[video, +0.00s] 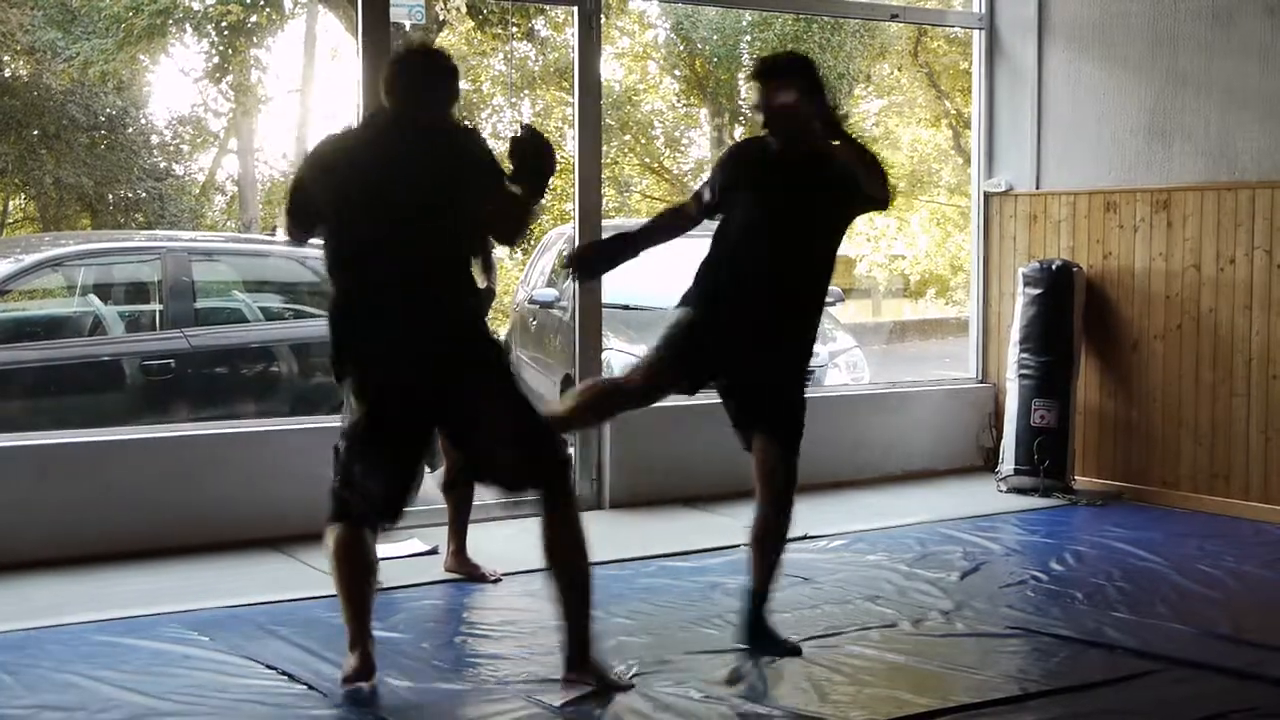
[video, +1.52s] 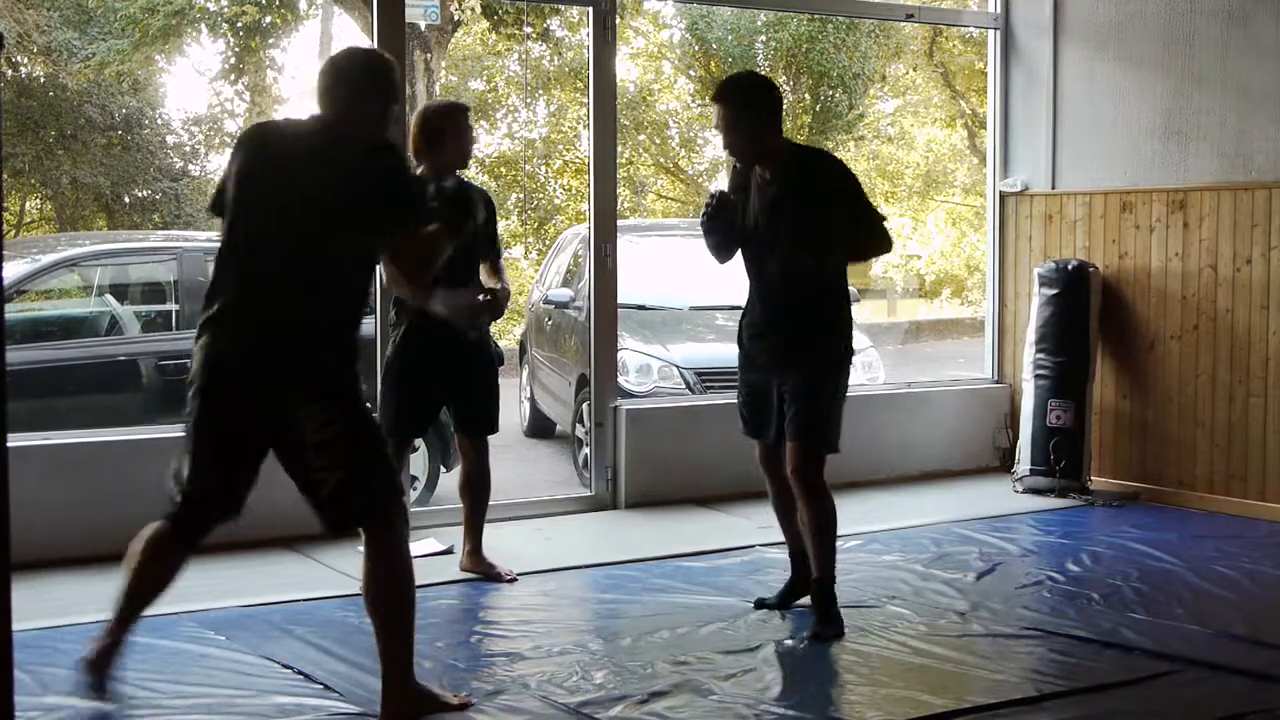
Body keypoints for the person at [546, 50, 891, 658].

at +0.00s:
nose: (774, 118)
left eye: (785, 106)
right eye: (766, 108)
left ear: (813, 104)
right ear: (759, 109)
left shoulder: (843, 171)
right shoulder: (746, 159)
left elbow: (880, 195)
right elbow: (686, 214)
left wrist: (833, 135)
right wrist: (611, 251)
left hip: (780, 341)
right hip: (714, 320)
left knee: (776, 489)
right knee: (637, 387)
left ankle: (756, 620)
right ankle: (537, 427)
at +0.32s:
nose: (840, 119)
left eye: (852, 110)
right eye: (839, 109)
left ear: (889, 113)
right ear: (840, 107)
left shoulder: (913, 193)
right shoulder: (816, 155)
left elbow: (900, 263)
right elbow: (762, 218)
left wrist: (843, 213)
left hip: (810, 340)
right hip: (747, 311)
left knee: (806, 479)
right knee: (668, 383)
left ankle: (790, 620)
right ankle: (562, 471)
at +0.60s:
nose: (803, 129)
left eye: (813, 118)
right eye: (802, 118)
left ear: (851, 117)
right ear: (810, 115)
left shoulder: (889, 192)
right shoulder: (793, 161)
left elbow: (878, 272)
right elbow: (755, 220)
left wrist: (822, 228)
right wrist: (716, 231)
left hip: (812, 340)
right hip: (744, 317)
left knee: (801, 480)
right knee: (673, 411)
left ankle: (778, 622)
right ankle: (588, 518)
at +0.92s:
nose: (759, 130)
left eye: (768, 118)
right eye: (756, 118)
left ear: (804, 114)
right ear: (758, 115)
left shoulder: (848, 179)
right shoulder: (748, 170)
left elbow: (893, 258)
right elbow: (712, 223)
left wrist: (858, 199)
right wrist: (691, 222)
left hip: (806, 351)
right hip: (736, 342)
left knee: (787, 483)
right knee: (715, 472)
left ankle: (767, 616)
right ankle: (749, 539)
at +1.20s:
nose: (735, 153)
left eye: (745, 142)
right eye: (731, 143)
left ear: (779, 138)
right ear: (732, 143)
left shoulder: (825, 192)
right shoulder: (736, 198)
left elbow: (857, 278)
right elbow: (704, 272)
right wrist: (723, 226)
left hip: (813, 347)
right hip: (752, 348)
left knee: (797, 469)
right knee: (764, 478)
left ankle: (787, 603)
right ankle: (810, 581)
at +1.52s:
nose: (722, 138)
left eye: (729, 125)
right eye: (719, 126)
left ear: (763, 121)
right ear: (737, 126)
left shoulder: (822, 170)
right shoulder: (744, 178)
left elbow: (875, 239)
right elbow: (721, 248)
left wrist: (813, 249)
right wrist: (719, 210)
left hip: (816, 341)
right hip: (761, 339)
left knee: (803, 468)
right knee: (773, 463)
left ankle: (826, 601)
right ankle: (802, 570)